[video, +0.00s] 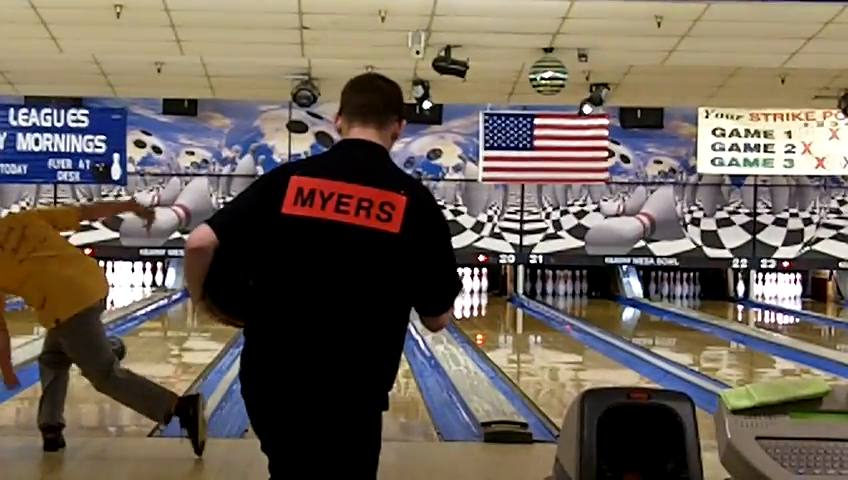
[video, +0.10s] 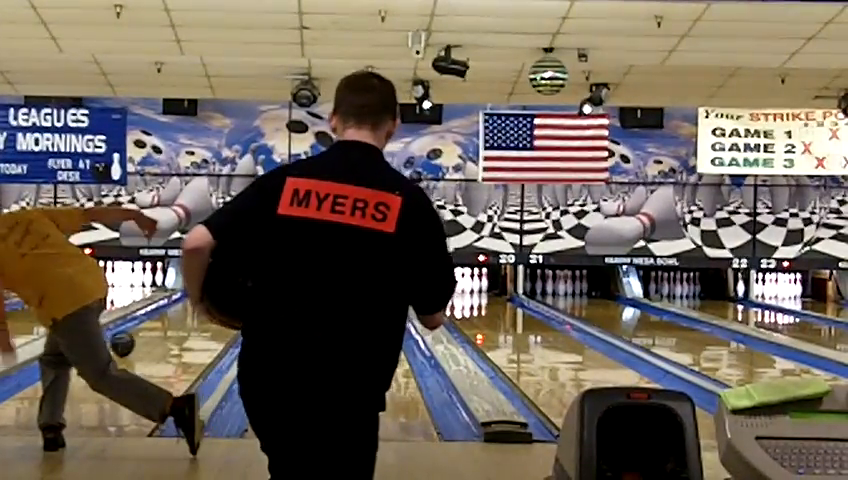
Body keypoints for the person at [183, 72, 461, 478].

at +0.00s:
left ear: (338, 121)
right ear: (398, 129)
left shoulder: (288, 177)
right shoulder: (416, 202)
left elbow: (199, 243)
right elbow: (436, 317)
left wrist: (204, 302)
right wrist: (407, 266)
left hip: (271, 381)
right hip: (355, 391)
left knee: (286, 475)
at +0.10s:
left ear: (334, 121)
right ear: (394, 126)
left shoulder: (284, 179)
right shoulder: (411, 203)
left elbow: (195, 244)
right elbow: (432, 316)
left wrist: (200, 304)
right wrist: (402, 265)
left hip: (270, 383)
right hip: (352, 391)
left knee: (285, 474)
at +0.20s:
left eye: (325, 115)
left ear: (325, 118)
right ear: (385, 122)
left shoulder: (278, 182)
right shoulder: (403, 202)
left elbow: (192, 244)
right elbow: (427, 313)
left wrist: (196, 302)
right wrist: (397, 263)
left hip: (266, 382)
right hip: (348, 389)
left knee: (285, 472)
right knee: (342, 478)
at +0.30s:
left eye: (316, 106)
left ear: (315, 111)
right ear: (373, 115)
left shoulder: (267, 179)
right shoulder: (394, 194)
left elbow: (185, 241)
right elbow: (415, 302)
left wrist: (198, 304)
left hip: (264, 374)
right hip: (346, 378)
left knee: (279, 470)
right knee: (339, 475)